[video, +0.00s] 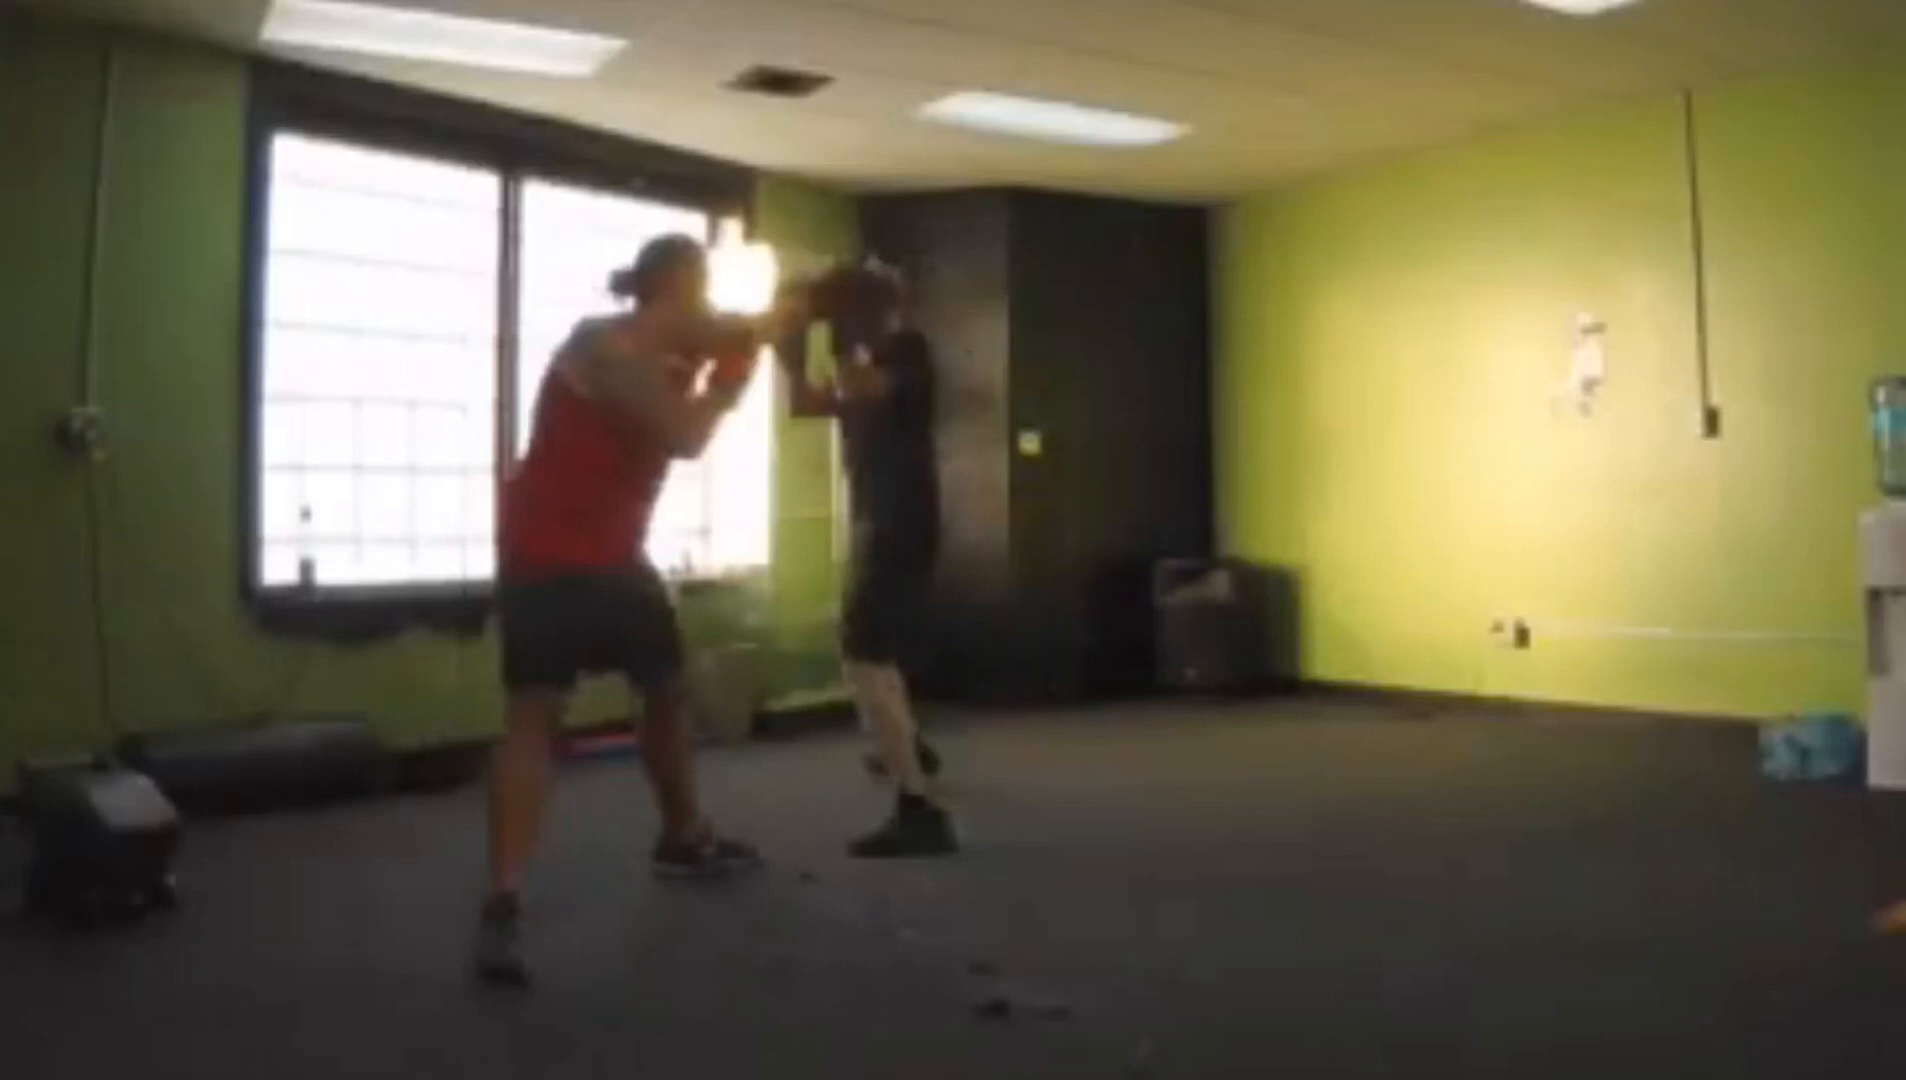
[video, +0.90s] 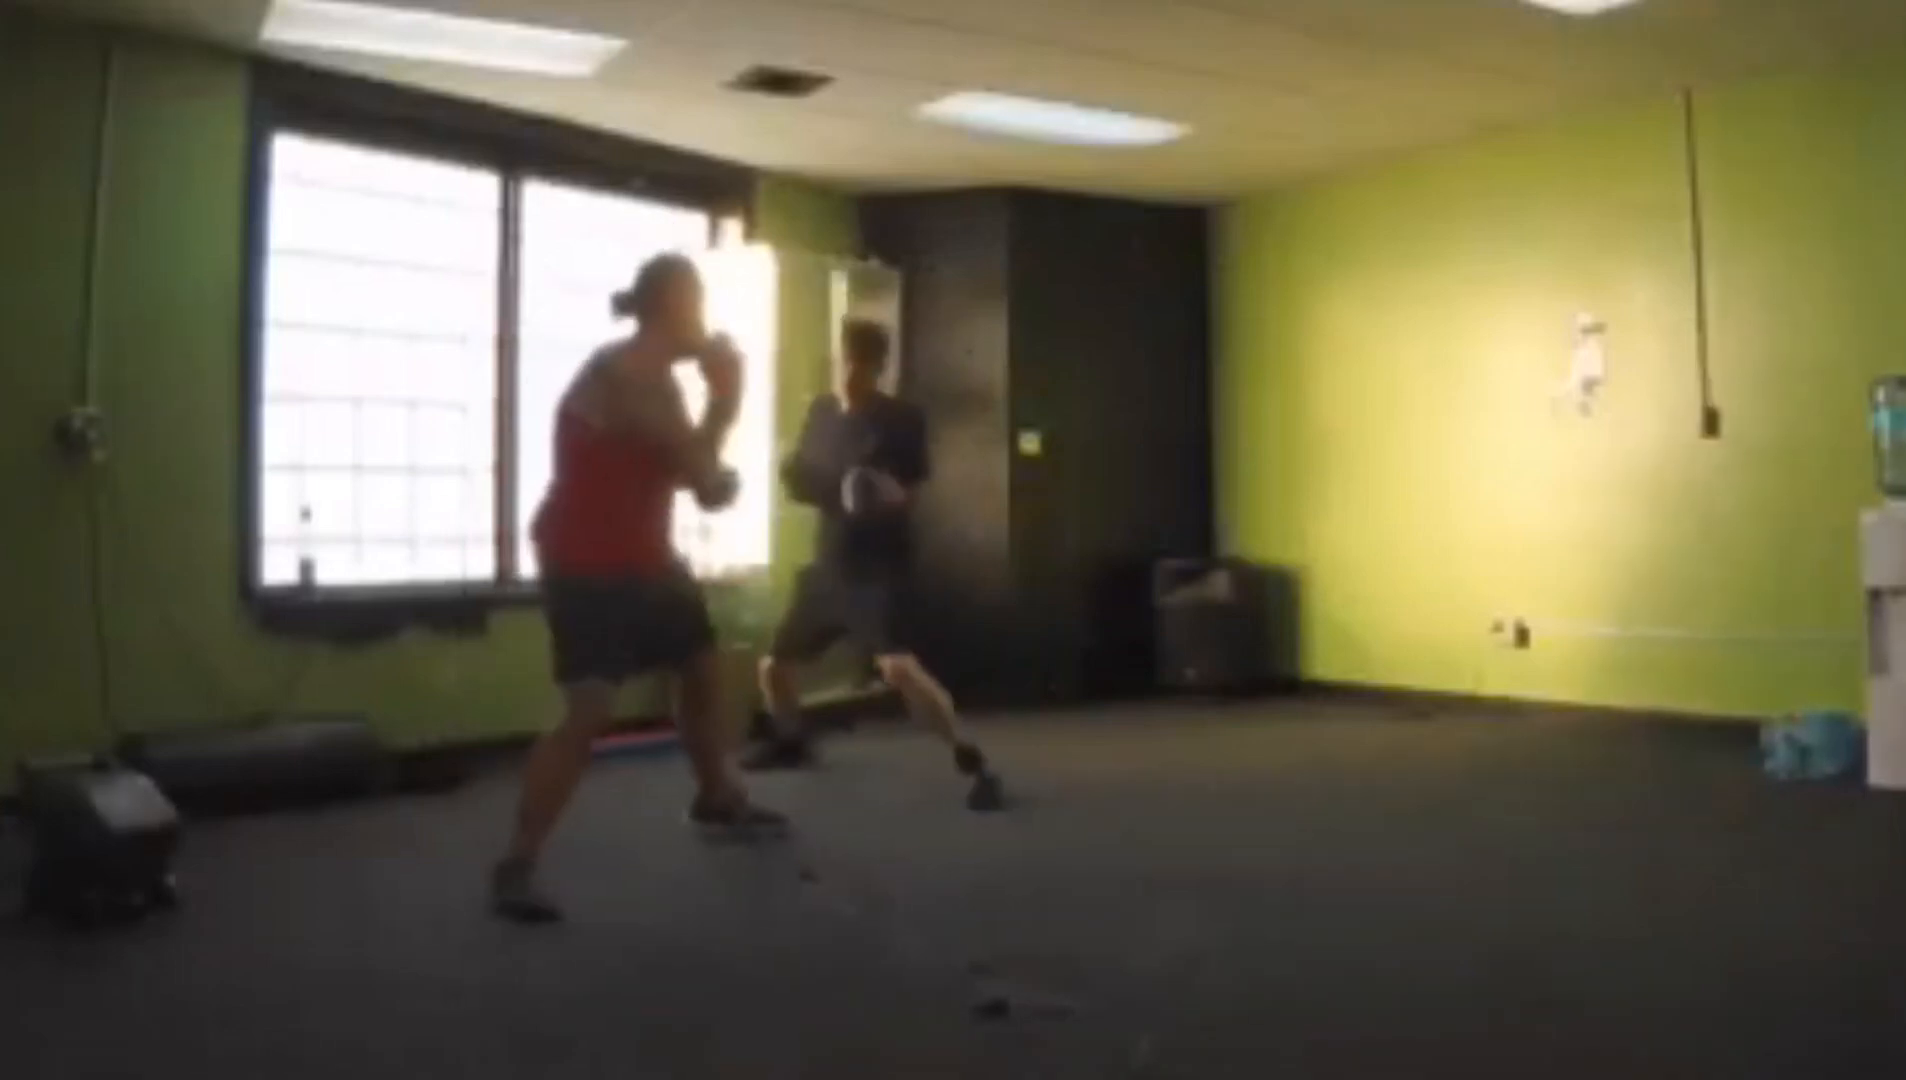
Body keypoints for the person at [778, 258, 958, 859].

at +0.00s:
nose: (840, 325)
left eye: (847, 311)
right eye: (840, 311)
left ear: (871, 307)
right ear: (860, 313)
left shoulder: (906, 351)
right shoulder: (867, 364)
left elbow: (861, 391)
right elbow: (801, 401)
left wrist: (836, 331)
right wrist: (792, 335)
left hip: (899, 524)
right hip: (880, 523)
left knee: (868, 659)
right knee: (869, 656)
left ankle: (916, 805)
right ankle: (908, 754)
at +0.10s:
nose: (841, 335)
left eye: (848, 322)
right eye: (840, 323)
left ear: (873, 319)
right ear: (861, 323)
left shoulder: (907, 367)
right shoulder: (865, 383)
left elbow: (870, 402)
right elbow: (802, 417)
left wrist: (841, 343)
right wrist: (796, 348)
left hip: (898, 538)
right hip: (876, 536)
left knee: (859, 661)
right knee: (863, 656)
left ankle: (912, 803)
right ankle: (899, 752)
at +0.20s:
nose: (851, 337)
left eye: (859, 323)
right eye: (844, 325)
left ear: (876, 324)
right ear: (834, 328)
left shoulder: (900, 374)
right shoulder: (843, 383)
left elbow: (935, 441)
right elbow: (832, 463)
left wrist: (872, 413)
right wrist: (815, 416)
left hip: (888, 528)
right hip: (864, 527)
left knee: (856, 656)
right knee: (870, 655)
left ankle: (903, 793)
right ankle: (908, 757)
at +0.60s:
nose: (833, 312)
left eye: (840, 302)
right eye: (831, 302)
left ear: (853, 303)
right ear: (830, 304)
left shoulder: (885, 350)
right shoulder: (826, 355)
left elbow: (896, 409)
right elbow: (784, 398)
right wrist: (784, 343)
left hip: (883, 506)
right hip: (842, 507)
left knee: (867, 629)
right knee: (820, 618)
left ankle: (888, 770)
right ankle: (866, 718)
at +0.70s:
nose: (838, 318)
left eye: (845, 307)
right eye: (832, 308)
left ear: (859, 308)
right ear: (823, 312)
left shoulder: (889, 356)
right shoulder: (816, 367)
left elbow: (898, 416)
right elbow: (767, 391)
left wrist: (841, 406)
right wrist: (761, 344)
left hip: (884, 512)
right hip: (835, 514)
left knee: (871, 629)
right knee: (811, 622)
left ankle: (913, 764)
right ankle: (818, 715)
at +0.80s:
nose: (841, 347)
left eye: (850, 337)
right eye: (835, 336)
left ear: (865, 339)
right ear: (826, 339)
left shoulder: (888, 392)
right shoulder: (818, 400)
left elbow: (902, 471)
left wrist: (842, 458)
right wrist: (783, 411)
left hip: (877, 539)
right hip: (829, 540)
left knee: (873, 655)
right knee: (789, 654)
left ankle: (955, 754)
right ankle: (793, 738)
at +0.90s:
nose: (855, 372)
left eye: (864, 362)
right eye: (850, 360)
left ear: (878, 365)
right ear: (841, 361)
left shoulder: (903, 418)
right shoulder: (824, 414)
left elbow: (914, 486)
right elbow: (796, 476)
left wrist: (894, 494)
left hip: (881, 564)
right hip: (831, 564)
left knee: (895, 666)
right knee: (776, 666)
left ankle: (969, 757)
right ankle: (791, 741)